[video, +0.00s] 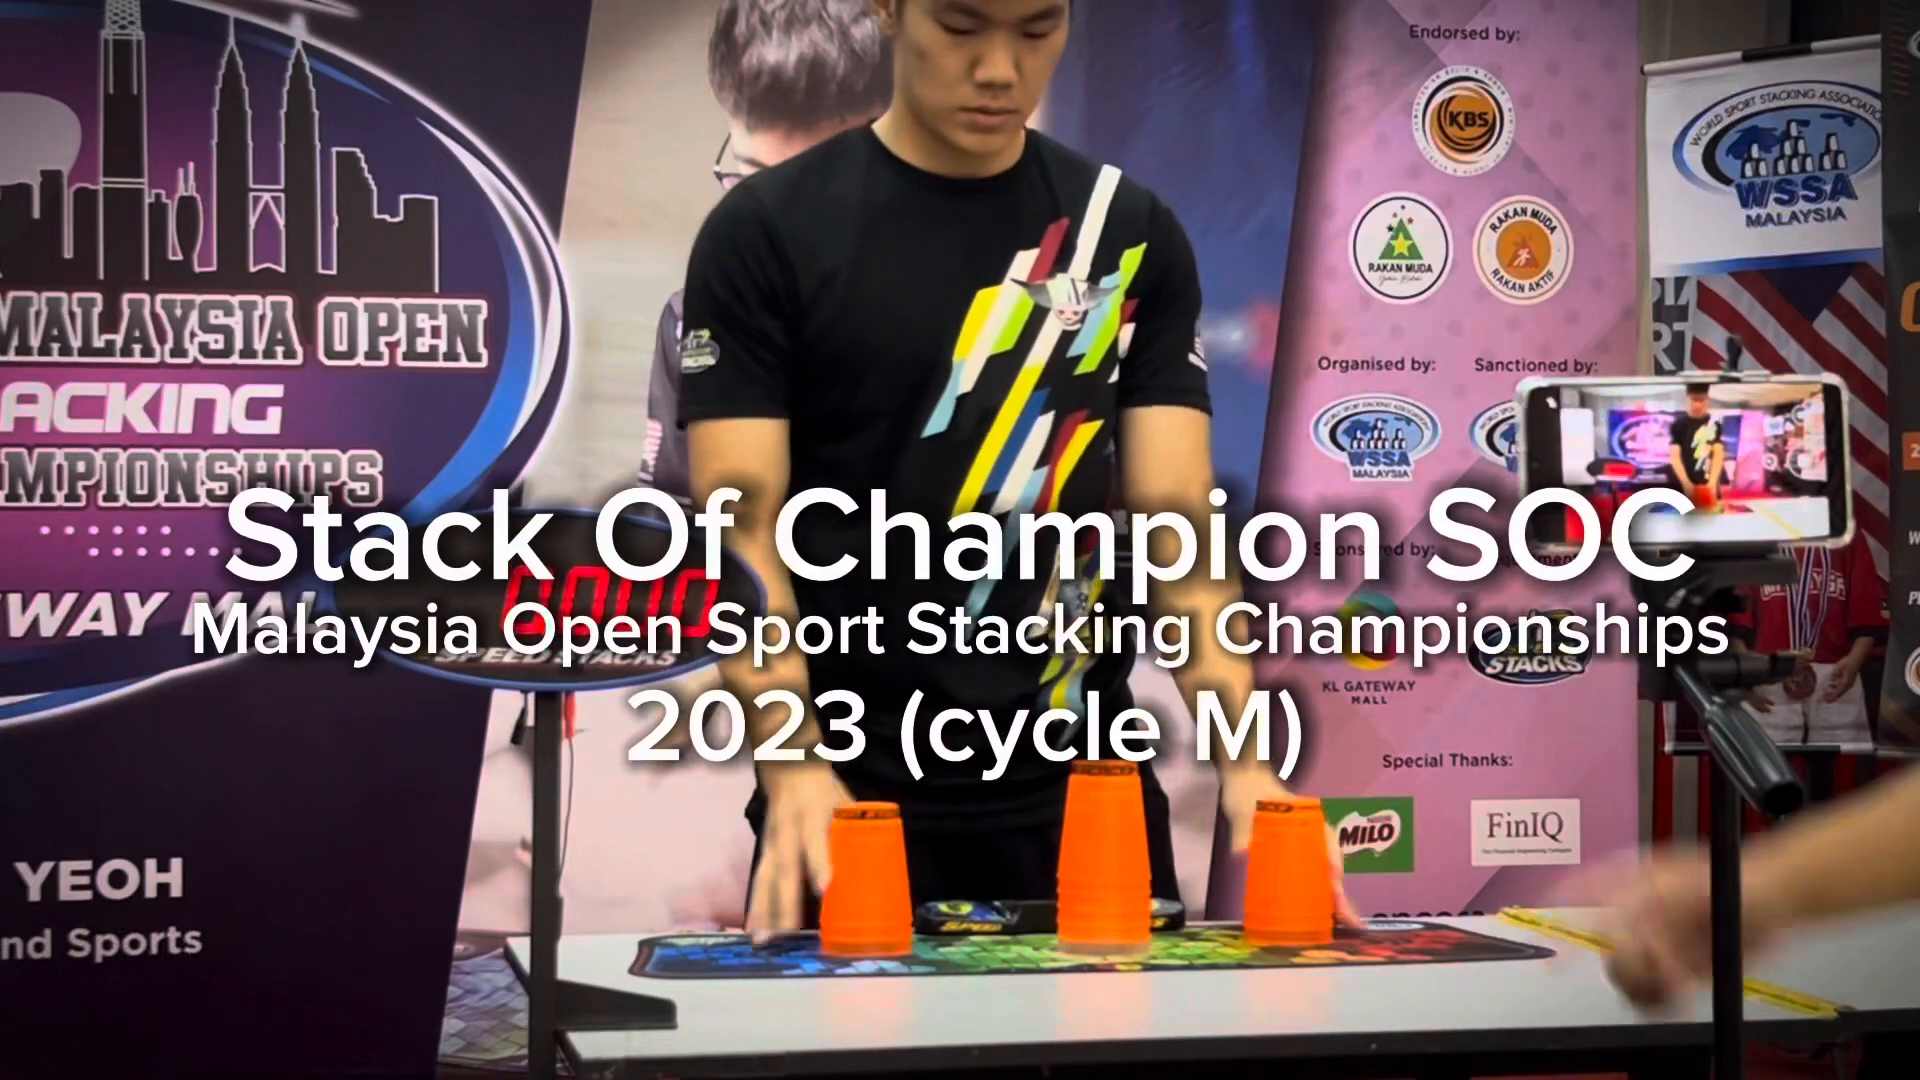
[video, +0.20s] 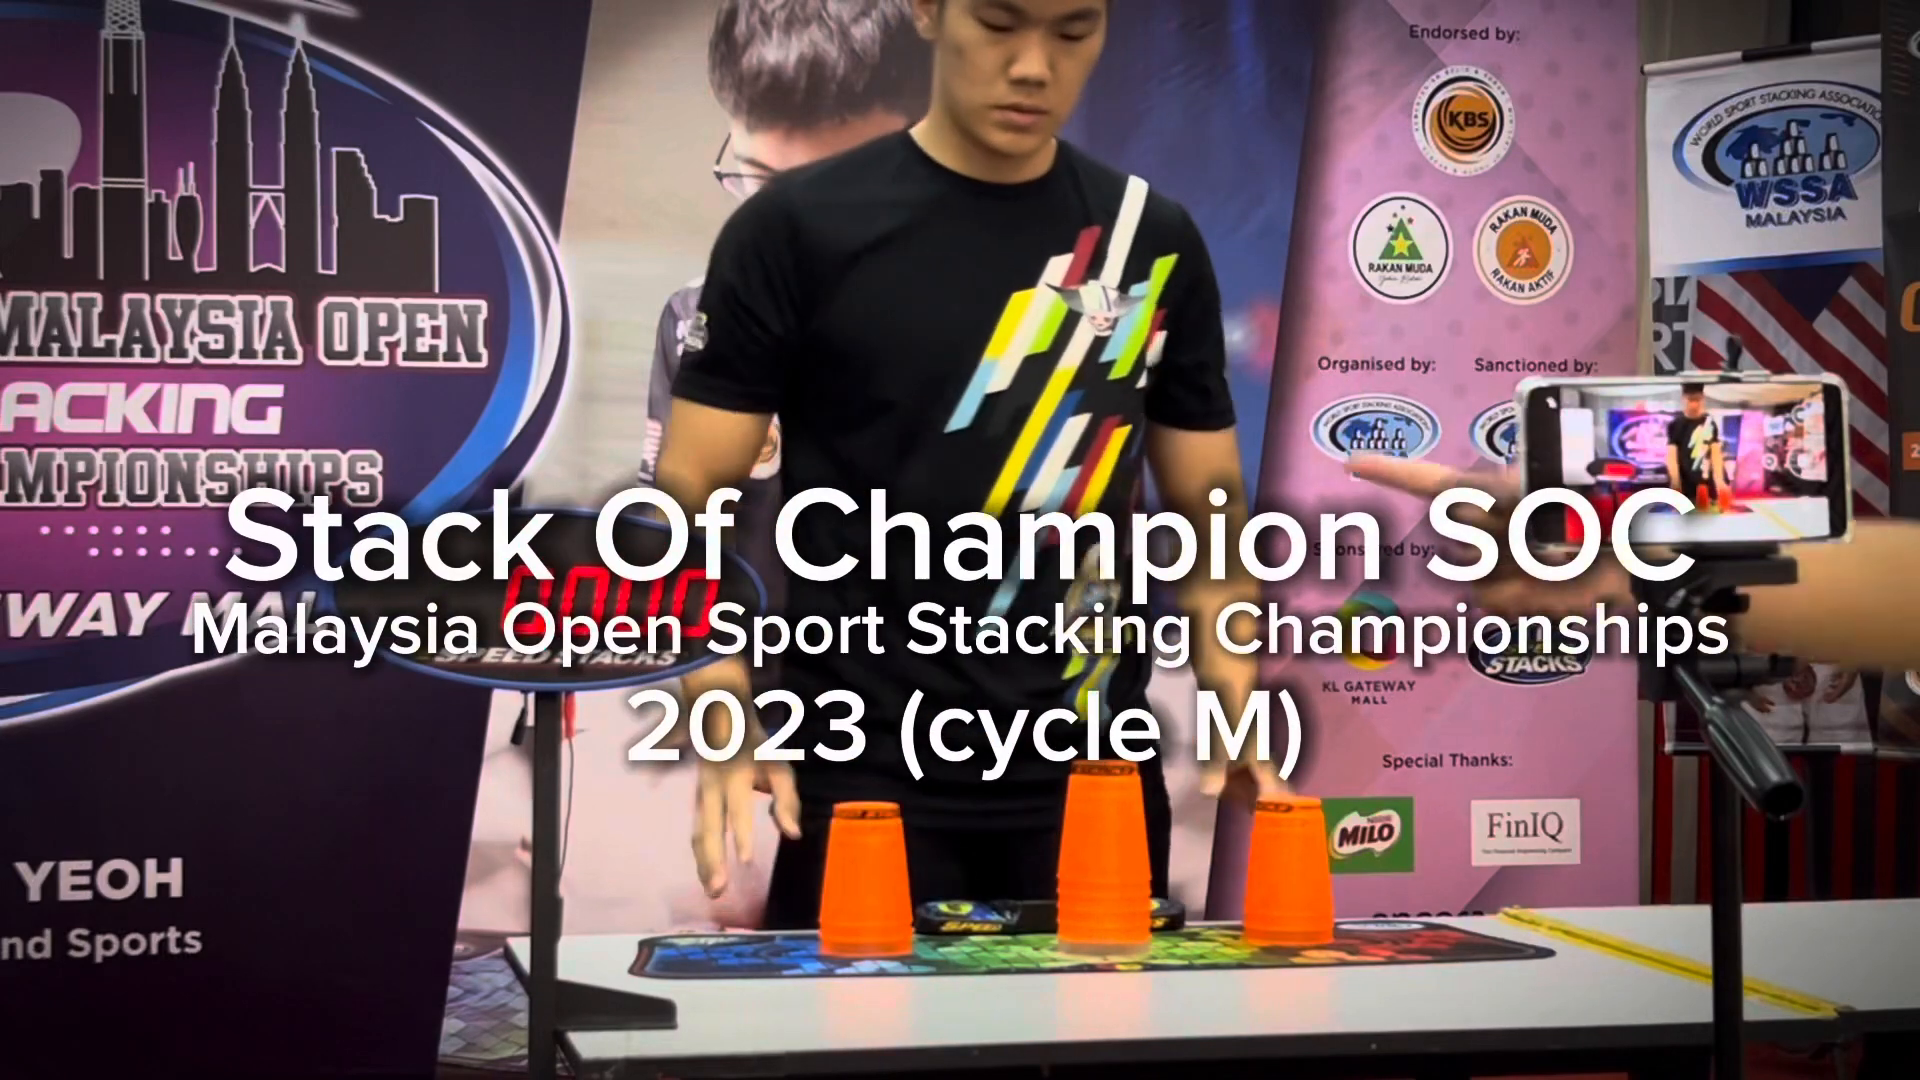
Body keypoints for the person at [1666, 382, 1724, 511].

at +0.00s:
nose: (1698, 405)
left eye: (1701, 400)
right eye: (1694, 400)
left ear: (1707, 400)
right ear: (1688, 400)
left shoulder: (1713, 424)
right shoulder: (1679, 425)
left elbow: (1717, 455)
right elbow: (1675, 458)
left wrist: (1712, 484)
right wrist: (1687, 485)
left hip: (1708, 487)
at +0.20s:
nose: (1694, 405)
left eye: (1697, 400)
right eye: (1690, 400)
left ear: (1703, 400)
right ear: (1684, 399)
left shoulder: (1709, 423)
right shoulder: (1676, 425)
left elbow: (1716, 454)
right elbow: (1672, 457)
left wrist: (1719, 482)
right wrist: (1675, 484)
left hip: (1706, 482)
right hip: (1685, 483)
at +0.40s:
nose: (1696, 405)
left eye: (1700, 401)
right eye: (1693, 400)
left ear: (1706, 401)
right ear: (1688, 401)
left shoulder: (1712, 425)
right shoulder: (1679, 425)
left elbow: (1719, 454)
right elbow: (1671, 456)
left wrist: (1721, 482)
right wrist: (1671, 486)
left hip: (1706, 476)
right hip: (1685, 476)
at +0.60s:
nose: (1706, 408)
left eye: (1709, 404)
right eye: (1702, 403)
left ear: (1714, 404)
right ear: (1697, 403)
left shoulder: (1719, 428)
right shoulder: (1685, 427)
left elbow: (1725, 454)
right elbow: (1674, 450)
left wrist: (1725, 478)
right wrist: (1675, 472)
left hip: (1711, 477)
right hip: (1689, 477)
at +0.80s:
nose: (1714, 410)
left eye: (1718, 406)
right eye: (1711, 405)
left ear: (1721, 408)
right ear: (1705, 405)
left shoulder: (1725, 429)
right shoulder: (1693, 428)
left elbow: (1728, 457)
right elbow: (1688, 458)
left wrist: (1729, 482)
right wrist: (1685, 484)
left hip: (1719, 484)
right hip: (1697, 482)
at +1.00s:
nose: (1714, 410)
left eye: (1717, 406)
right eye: (1711, 405)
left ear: (1721, 409)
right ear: (1705, 407)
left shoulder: (1726, 429)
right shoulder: (1694, 429)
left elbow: (1728, 456)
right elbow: (1689, 458)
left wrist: (1731, 479)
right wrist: (1686, 484)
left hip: (1720, 482)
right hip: (1699, 481)